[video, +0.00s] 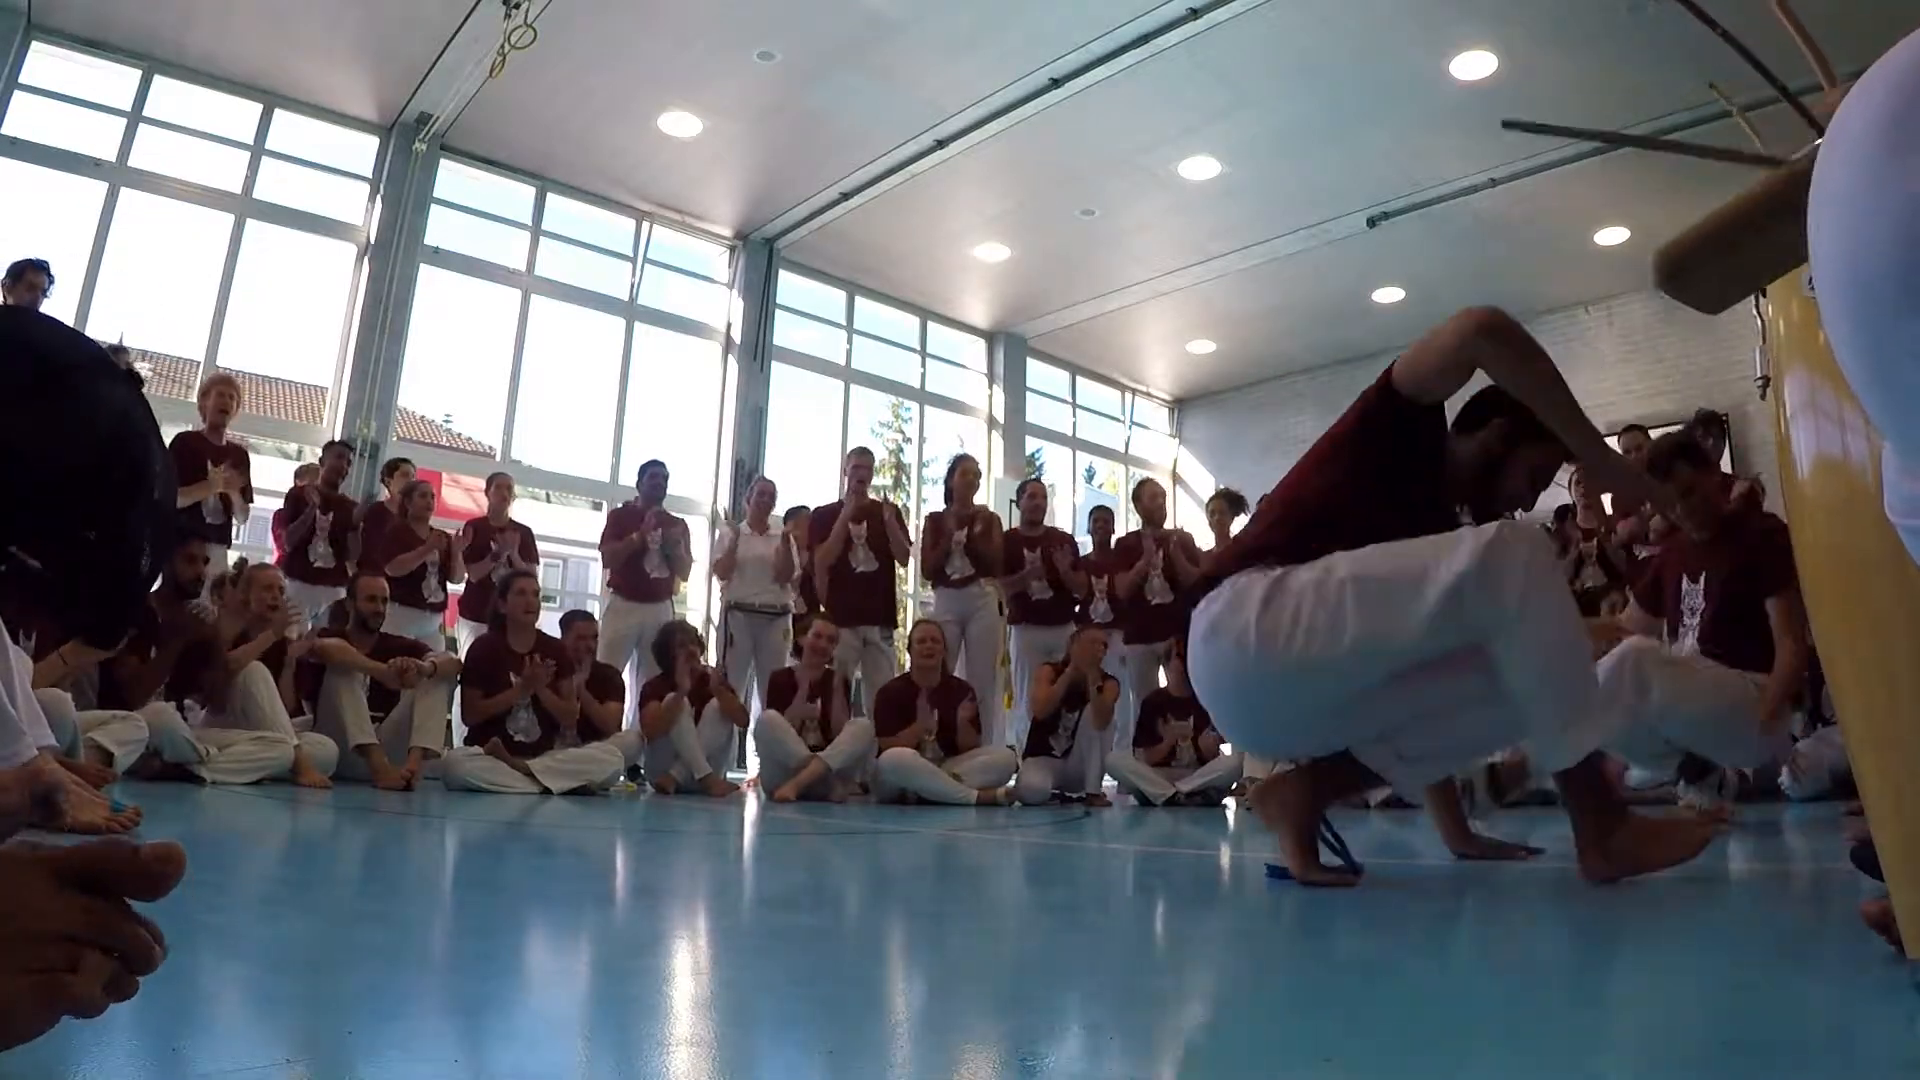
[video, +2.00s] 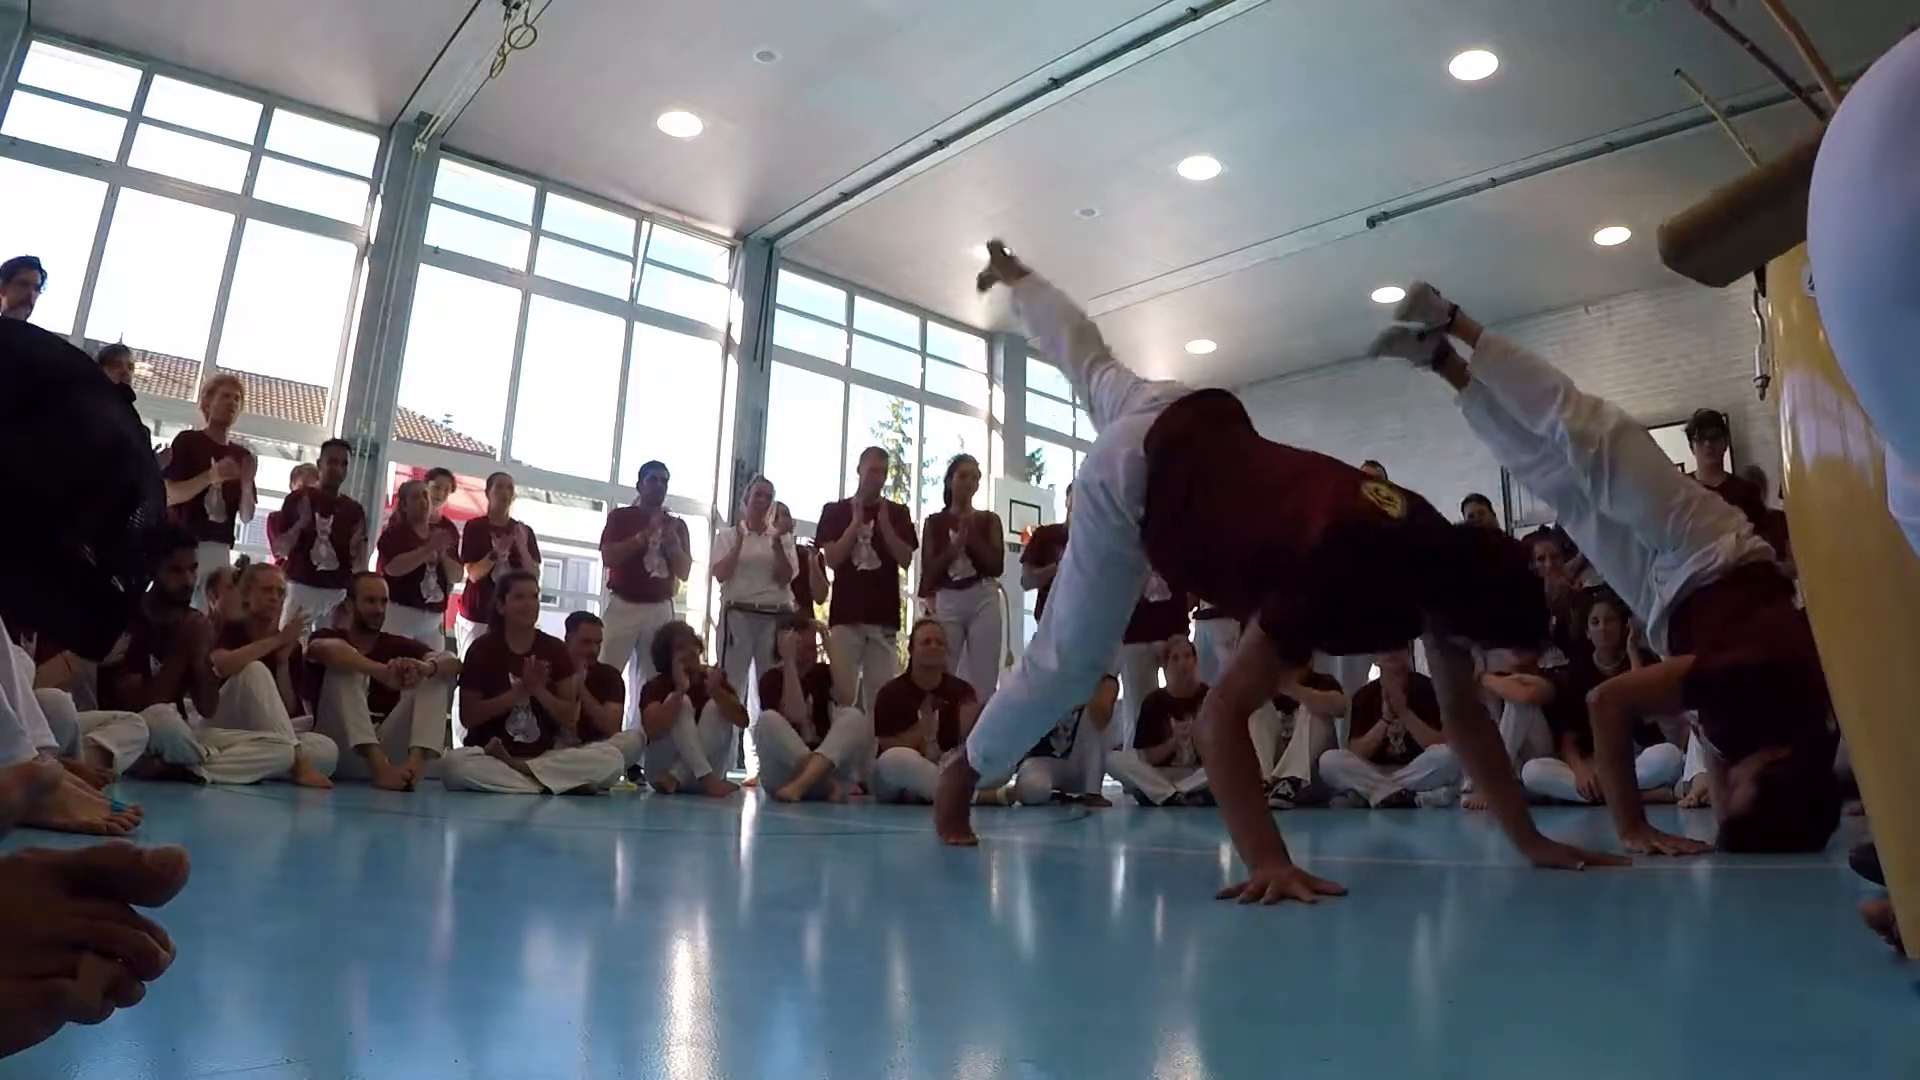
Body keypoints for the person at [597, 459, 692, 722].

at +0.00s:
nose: (659, 482)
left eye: (663, 478)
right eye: (653, 477)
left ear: (668, 485)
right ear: (639, 483)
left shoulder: (677, 524)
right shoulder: (619, 517)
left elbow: (685, 573)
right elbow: (609, 559)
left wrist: (673, 547)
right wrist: (640, 537)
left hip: (660, 609)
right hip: (622, 607)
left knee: (653, 687)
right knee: (605, 682)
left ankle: (646, 751)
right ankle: (600, 748)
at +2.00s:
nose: (659, 485)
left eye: (663, 481)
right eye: (653, 479)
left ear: (668, 487)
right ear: (639, 484)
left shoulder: (676, 525)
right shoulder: (619, 517)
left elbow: (684, 573)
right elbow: (609, 557)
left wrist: (672, 545)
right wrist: (644, 535)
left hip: (660, 609)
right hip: (622, 607)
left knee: (653, 684)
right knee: (606, 679)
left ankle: (646, 747)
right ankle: (599, 744)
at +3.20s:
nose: (658, 485)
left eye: (663, 480)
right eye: (652, 479)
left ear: (667, 487)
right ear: (639, 484)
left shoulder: (676, 525)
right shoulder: (619, 516)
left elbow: (683, 572)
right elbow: (610, 557)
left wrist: (670, 542)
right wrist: (647, 542)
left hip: (659, 609)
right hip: (622, 607)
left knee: (654, 684)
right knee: (606, 678)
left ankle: (650, 747)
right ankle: (598, 743)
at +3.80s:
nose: (660, 484)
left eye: (664, 480)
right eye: (654, 479)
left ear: (668, 487)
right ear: (640, 484)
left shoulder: (676, 525)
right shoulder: (620, 516)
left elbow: (684, 573)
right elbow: (611, 557)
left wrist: (671, 545)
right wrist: (639, 542)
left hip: (660, 609)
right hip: (623, 606)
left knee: (654, 684)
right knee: (606, 679)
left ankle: (650, 747)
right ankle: (599, 743)